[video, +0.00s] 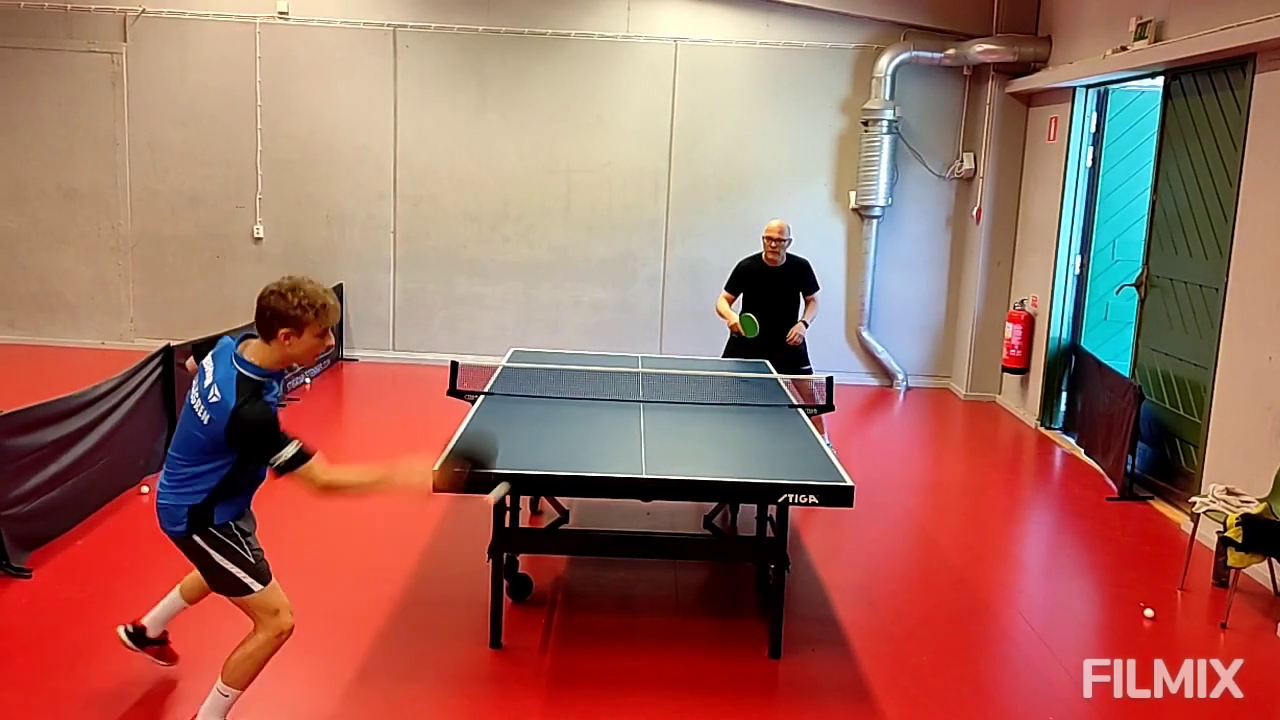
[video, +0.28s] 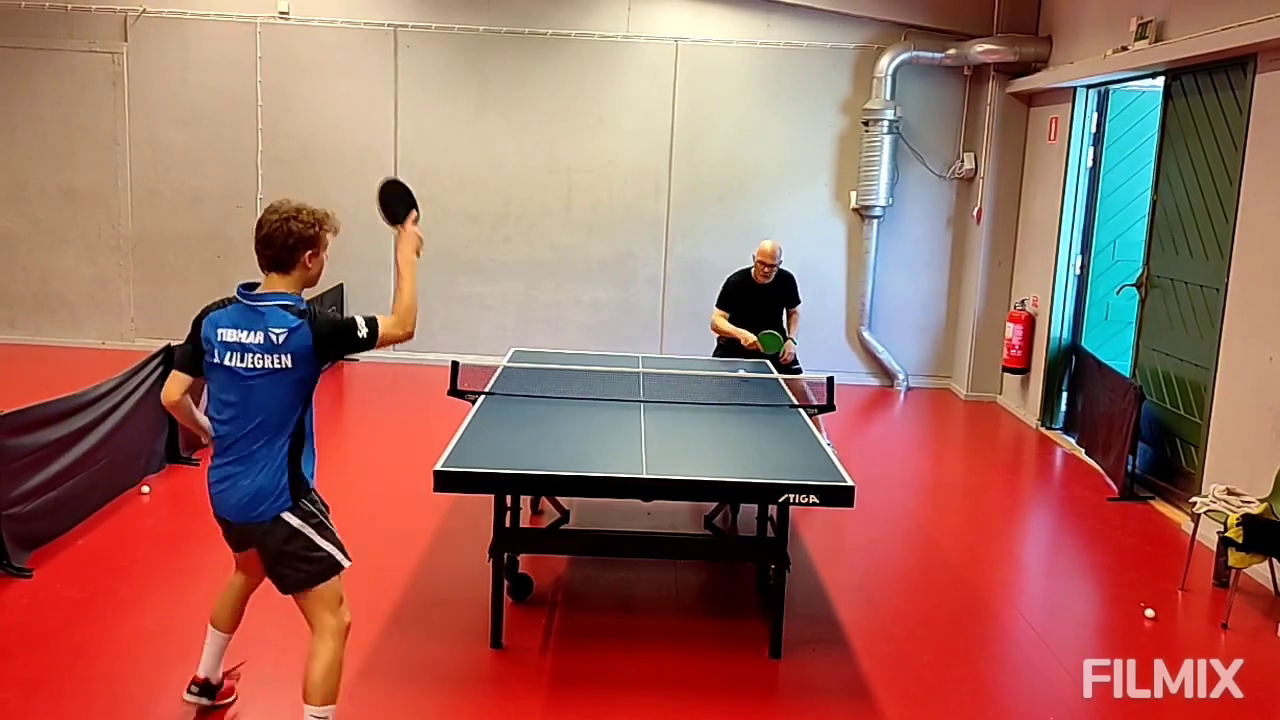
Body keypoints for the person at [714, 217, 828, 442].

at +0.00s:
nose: (773, 244)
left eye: (778, 241)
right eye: (768, 239)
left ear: (788, 243)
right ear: (762, 240)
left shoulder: (800, 268)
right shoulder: (747, 267)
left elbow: (812, 302)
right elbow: (723, 302)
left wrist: (803, 325)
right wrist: (731, 317)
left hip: (786, 345)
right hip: (747, 344)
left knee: (809, 395)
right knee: (724, 391)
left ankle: (822, 446)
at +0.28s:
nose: (766, 270)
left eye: (771, 266)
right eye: (762, 264)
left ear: (779, 263)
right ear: (754, 259)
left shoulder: (786, 280)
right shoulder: (736, 282)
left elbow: (793, 313)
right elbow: (716, 322)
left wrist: (791, 340)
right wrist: (740, 334)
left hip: (773, 348)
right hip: (734, 347)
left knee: (802, 393)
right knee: (712, 390)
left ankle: (822, 443)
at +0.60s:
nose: (778, 261)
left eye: (784, 257)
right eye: (774, 255)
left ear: (791, 255)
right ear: (766, 248)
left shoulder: (796, 272)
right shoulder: (747, 272)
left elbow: (801, 302)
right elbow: (721, 309)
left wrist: (800, 331)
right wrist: (738, 302)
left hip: (781, 345)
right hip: (744, 345)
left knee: (806, 392)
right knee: (727, 394)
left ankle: (824, 443)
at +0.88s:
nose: (780, 251)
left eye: (787, 247)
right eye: (776, 245)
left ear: (796, 249)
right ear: (770, 244)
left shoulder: (805, 274)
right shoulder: (753, 270)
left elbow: (818, 307)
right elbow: (723, 302)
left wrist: (812, 330)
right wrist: (733, 306)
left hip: (787, 347)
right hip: (748, 345)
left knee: (814, 398)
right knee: (720, 389)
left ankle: (826, 446)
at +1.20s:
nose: (750, 243)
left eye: (756, 240)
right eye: (746, 238)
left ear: (765, 243)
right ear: (740, 237)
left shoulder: (771, 271)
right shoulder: (719, 264)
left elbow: (772, 305)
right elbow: (692, 296)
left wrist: (773, 327)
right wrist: (704, 303)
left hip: (750, 342)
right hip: (714, 340)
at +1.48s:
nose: (742, 249)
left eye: (748, 246)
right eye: (738, 244)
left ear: (757, 248)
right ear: (732, 243)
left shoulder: (765, 272)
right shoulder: (714, 268)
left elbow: (772, 308)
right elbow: (687, 300)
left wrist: (765, 328)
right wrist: (693, 308)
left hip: (748, 344)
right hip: (711, 343)